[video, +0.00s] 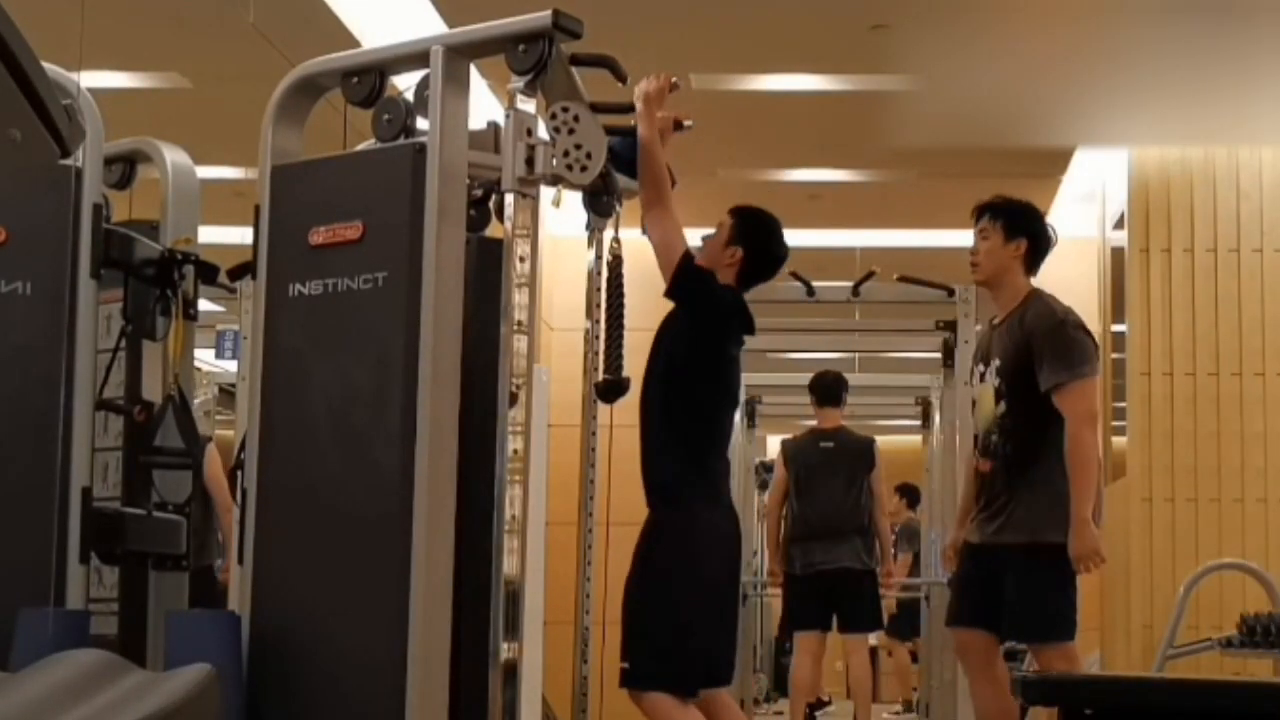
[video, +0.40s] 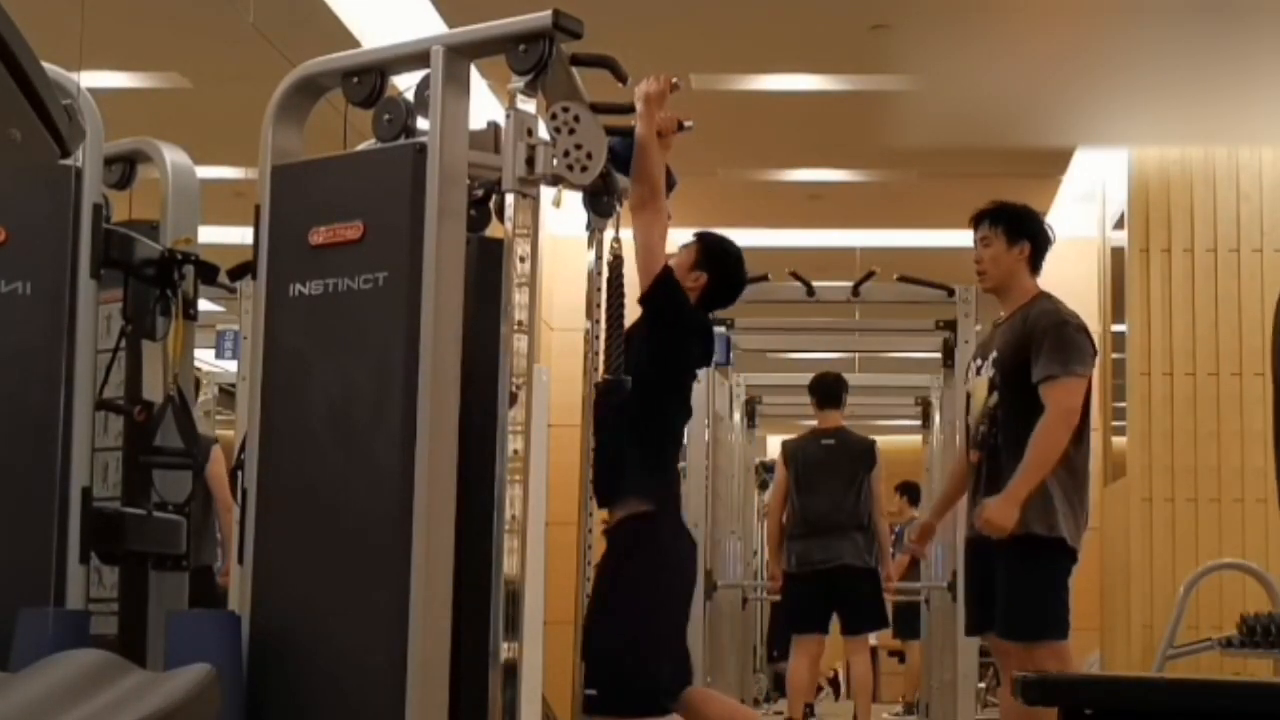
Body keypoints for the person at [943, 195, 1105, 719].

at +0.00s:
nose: (972, 249)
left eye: (984, 238)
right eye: (973, 238)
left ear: (1019, 249)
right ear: (995, 249)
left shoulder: (1054, 324)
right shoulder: (989, 336)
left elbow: (1085, 426)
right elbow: (984, 443)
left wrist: (1082, 520)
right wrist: (964, 523)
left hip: (1042, 524)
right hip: (990, 525)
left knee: (1053, 652)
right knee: (972, 641)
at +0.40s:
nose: (976, 256)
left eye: (987, 244)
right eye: (975, 246)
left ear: (1023, 251)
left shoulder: (1054, 322)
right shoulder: (995, 337)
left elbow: (1065, 414)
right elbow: (978, 442)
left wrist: (1012, 498)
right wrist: (932, 516)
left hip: (1038, 523)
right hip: (997, 521)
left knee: (1046, 666)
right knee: (1008, 660)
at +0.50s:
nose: (977, 257)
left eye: (988, 246)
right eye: (976, 247)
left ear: (1024, 252)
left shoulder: (1053, 322)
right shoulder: (990, 339)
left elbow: (1059, 412)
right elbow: (974, 440)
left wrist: (1000, 490)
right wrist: (928, 507)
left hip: (1038, 519)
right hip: (995, 518)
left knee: (1046, 662)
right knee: (1008, 656)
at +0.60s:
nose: (978, 258)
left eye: (989, 246)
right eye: (977, 248)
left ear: (1025, 253)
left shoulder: (1052, 322)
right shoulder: (990, 339)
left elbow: (1056, 412)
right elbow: (971, 436)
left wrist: (996, 488)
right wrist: (928, 502)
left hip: (1037, 517)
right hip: (994, 517)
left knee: (1045, 660)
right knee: (1007, 654)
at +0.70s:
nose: (978, 258)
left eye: (989, 247)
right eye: (977, 248)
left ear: (1025, 253)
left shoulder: (1052, 322)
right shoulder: (987, 339)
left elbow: (1057, 413)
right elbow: (969, 438)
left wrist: (1000, 492)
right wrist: (927, 506)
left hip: (1037, 519)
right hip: (993, 519)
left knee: (1045, 662)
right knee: (1007, 657)